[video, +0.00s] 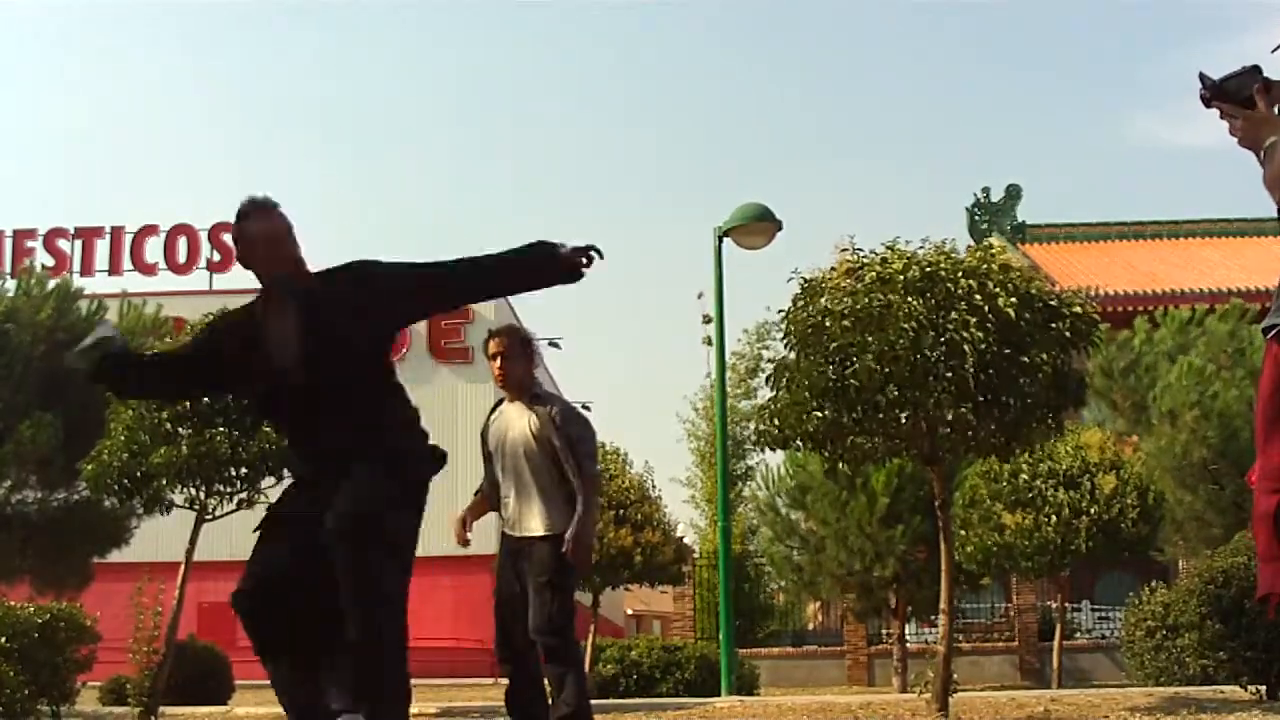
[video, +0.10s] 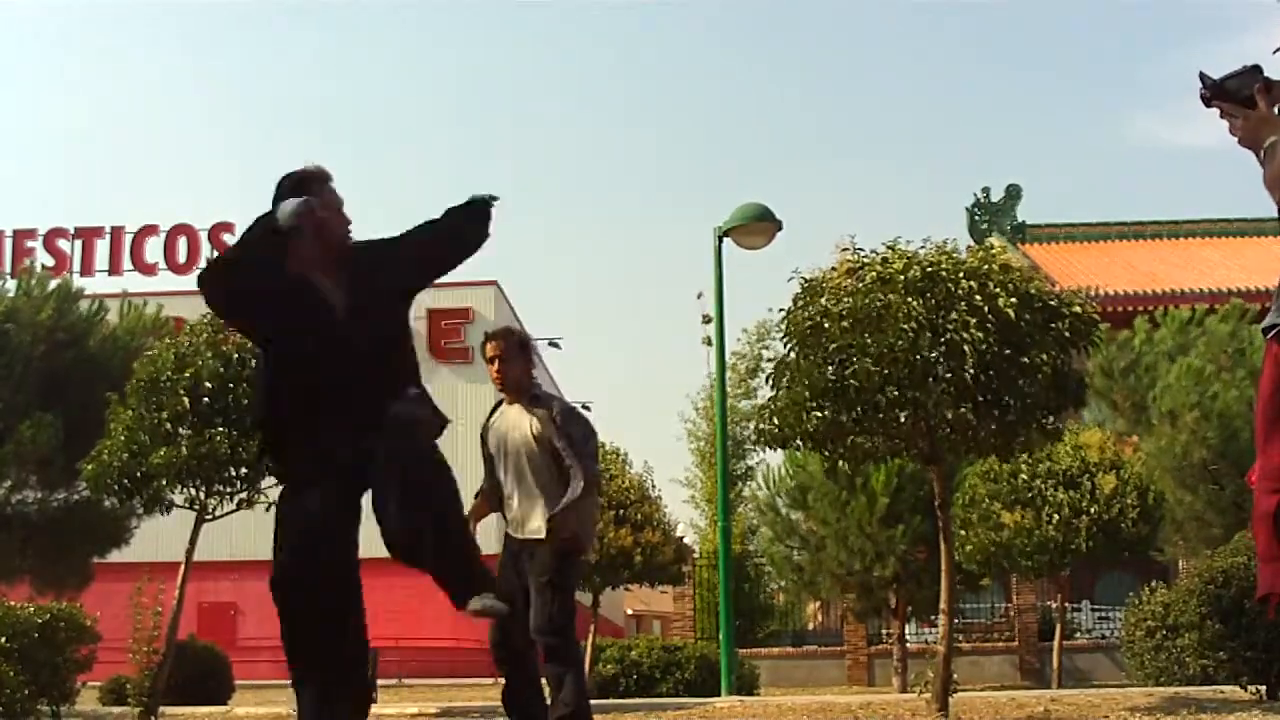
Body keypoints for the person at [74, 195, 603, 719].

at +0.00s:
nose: (256, 237)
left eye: (263, 225)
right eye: (246, 233)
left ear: (292, 234)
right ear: (241, 257)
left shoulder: (356, 287)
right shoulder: (238, 335)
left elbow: (456, 278)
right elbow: (171, 372)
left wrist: (549, 261)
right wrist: (105, 361)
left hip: (390, 460)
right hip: (317, 476)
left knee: (365, 583)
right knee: (264, 596)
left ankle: (380, 711)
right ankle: (316, 712)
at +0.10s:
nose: (346, 214)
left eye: (342, 204)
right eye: (334, 205)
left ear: (334, 213)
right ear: (301, 218)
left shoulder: (377, 263)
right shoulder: (270, 285)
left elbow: (441, 239)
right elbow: (218, 283)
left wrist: (477, 210)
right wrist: (272, 224)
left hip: (392, 427)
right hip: (314, 445)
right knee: (307, 583)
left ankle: (469, 584)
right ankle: (332, 705)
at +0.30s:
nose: (394, 181)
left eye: (393, 170)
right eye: (388, 169)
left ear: (341, 171)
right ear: (362, 169)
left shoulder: (313, 227)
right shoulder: (359, 216)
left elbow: (366, 320)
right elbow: (439, 198)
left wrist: (435, 348)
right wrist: (521, 161)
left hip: (344, 385)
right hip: (373, 375)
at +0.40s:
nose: (422, 219)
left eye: (422, 209)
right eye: (418, 208)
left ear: (367, 201)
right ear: (398, 202)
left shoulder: (318, 252)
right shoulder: (389, 240)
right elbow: (476, 249)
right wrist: (574, 233)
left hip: (365, 426)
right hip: (426, 386)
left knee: (429, 560)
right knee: (518, 344)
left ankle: (435, 706)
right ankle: (640, 365)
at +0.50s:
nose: (436, 269)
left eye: (437, 258)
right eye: (433, 258)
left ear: (385, 249)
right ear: (414, 253)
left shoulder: (337, 301)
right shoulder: (416, 298)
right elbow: (497, 337)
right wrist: (570, 337)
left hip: (384, 482)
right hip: (426, 465)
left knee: (425, 622)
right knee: (508, 368)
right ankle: (648, 340)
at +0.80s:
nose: (374, 295)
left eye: (373, 288)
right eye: (376, 288)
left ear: (377, 285)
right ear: (421, 281)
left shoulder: (387, 332)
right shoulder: (460, 334)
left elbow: (311, 373)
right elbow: (482, 413)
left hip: (446, 492)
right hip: (489, 490)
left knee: (409, 611)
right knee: (455, 609)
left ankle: (469, 704)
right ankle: (459, 702)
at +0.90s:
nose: (382, 308)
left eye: (386, 297)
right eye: (380, 299)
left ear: (407, 294)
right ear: (421, 294)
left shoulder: (436, 336)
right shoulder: (428, 348)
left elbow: (396, 322)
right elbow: (387, 424)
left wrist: (332, 306)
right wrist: (320, 446)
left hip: (470, 503)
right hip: (455, 500)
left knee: (418, 619)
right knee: (438, 624)